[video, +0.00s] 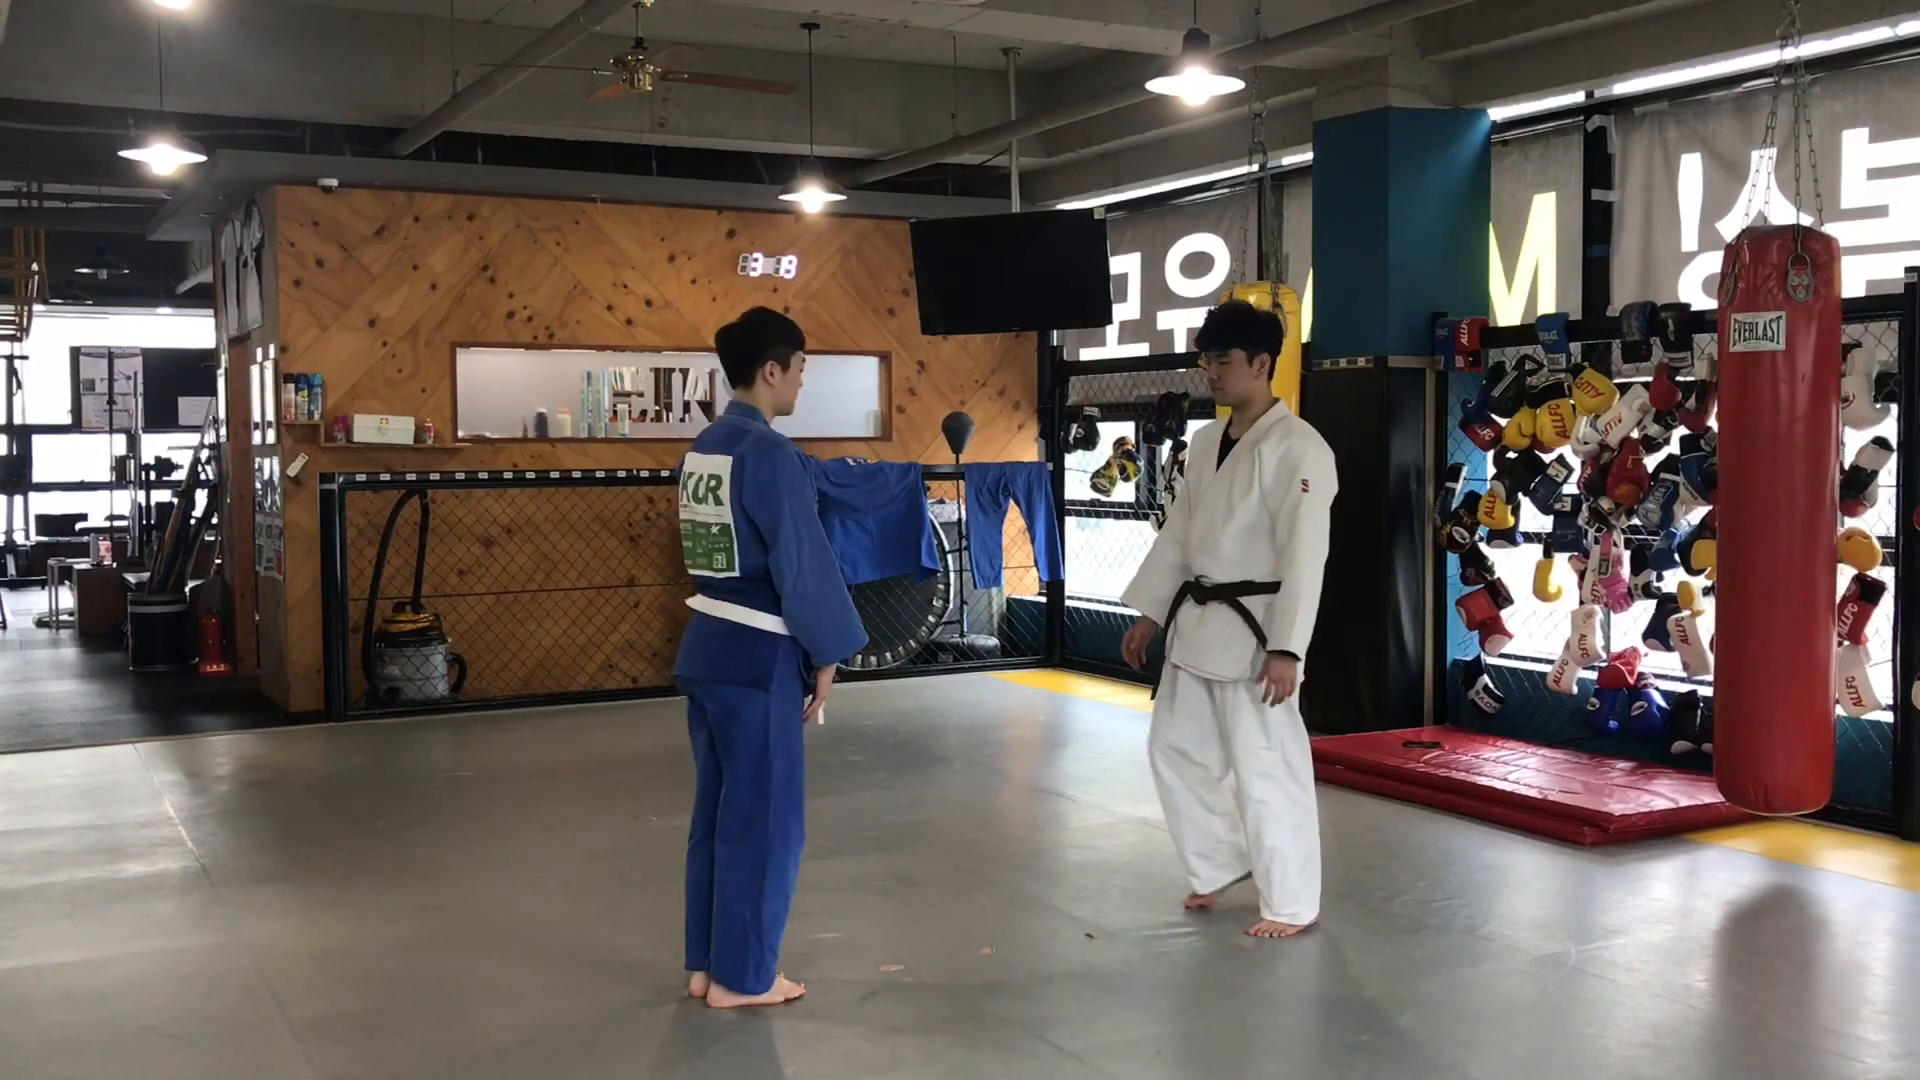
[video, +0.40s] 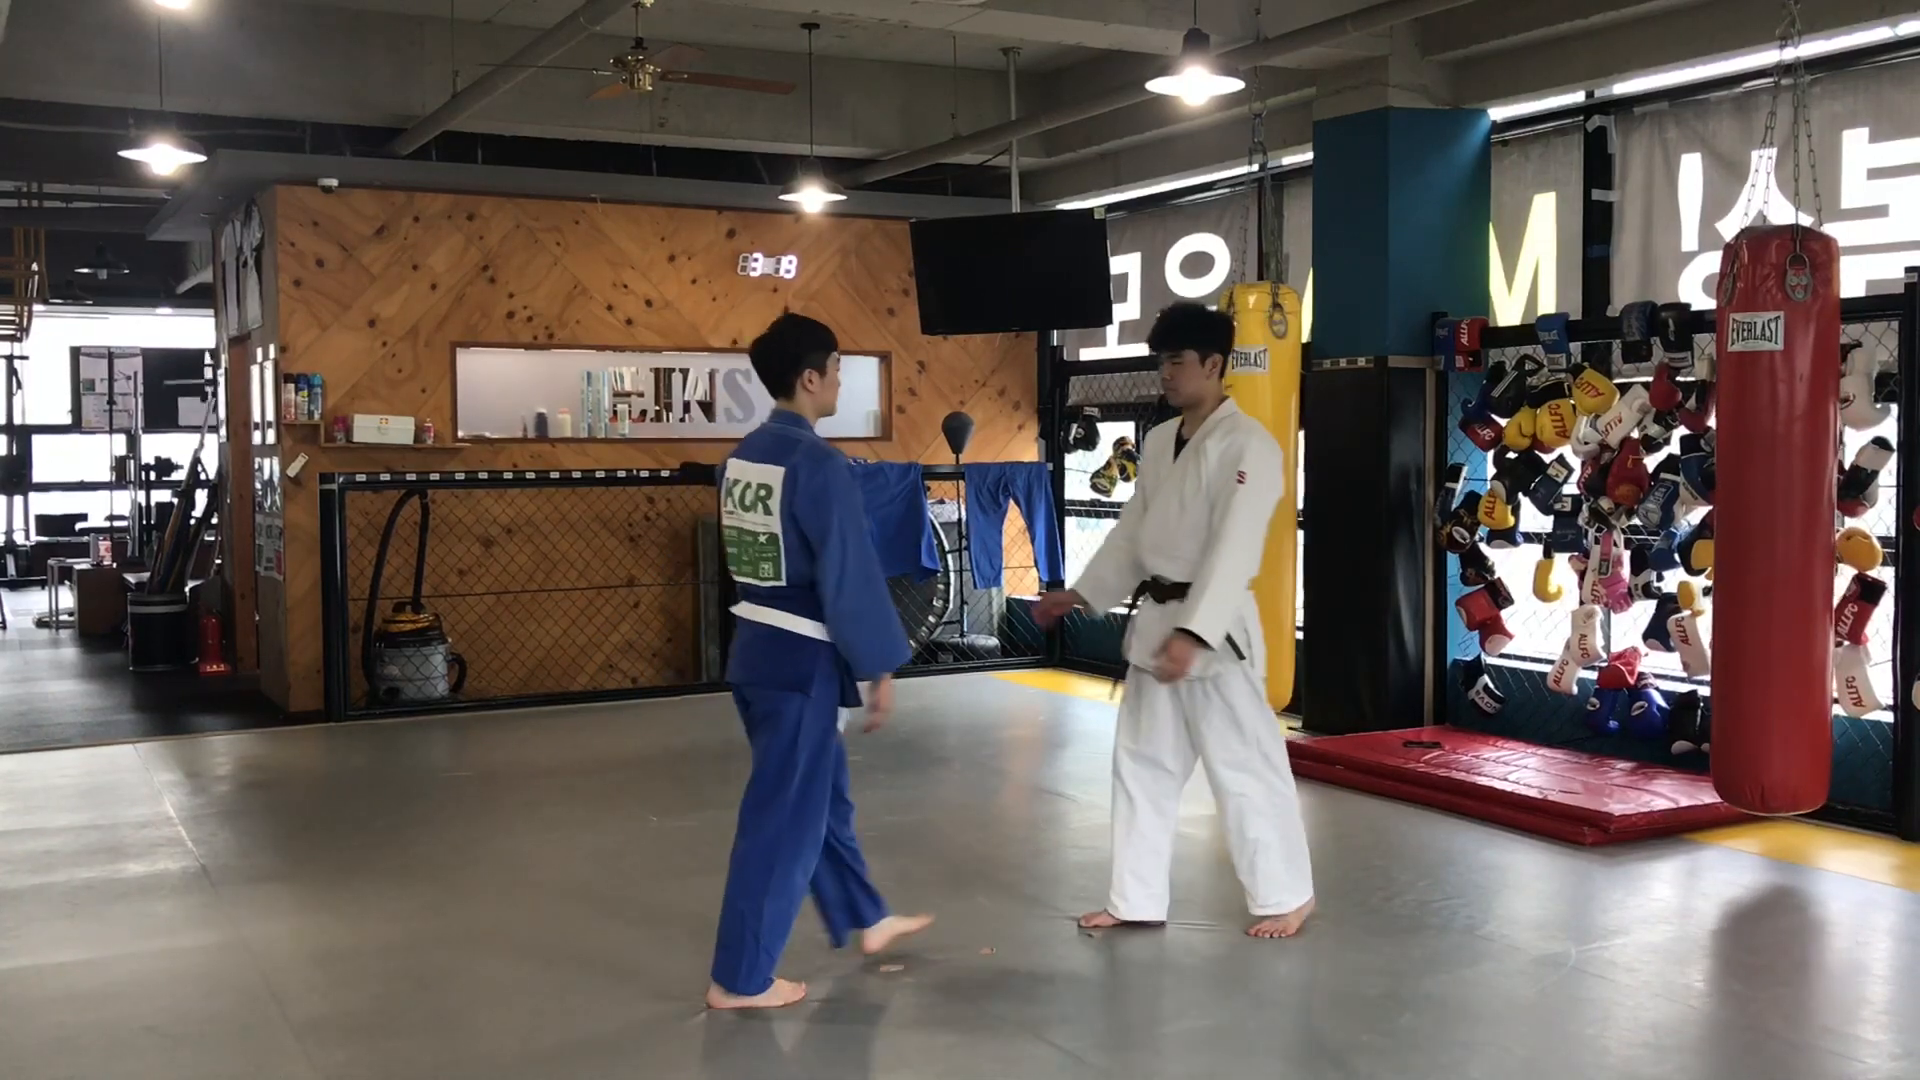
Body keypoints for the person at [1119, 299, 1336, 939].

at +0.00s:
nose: (1209, 370)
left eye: (1222, 359)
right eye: (1207, 359)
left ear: (1262, 363)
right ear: (1210, 365)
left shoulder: (1301, 449)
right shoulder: (1204, 442)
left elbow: (1306, 555)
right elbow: (1177, 533)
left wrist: (1288, 647)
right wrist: (1148, 610)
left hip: (1256, 632)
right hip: (1194, 625)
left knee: (1269, 768)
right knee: (1176, 747)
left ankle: (1294, 904)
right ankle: (1221, 863)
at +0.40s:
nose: (1166, 375)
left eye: (1178, 362)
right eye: (1162, 363)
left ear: (1215, 365)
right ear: (1163, 367)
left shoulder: (1251, 446)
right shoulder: (1159, 442)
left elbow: (1238, 549)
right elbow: (1132, 531)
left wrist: (1195, 632)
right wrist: (1078, 593)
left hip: (1214, 620)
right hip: (1152, 616)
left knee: (1245, 766)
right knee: (1144, 765)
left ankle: (1288, 896)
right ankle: (1138, 901)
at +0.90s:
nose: (1123, 367)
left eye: (1136, 355)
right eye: (1119, 355)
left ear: (1175, 361)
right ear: (1120, 362)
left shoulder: (1199, 442)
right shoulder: (1104, 433)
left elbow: (1154, 507)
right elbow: (1047, 473)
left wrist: (1069, 520)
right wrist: (989, 490)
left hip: (1164, 617)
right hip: (1109, 614)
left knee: (1160, 776)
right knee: (1108, 770)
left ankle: (1168, 928)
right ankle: (1125, 902)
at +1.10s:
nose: (1121, 362)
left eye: (1136, 351)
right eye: (1119, 350)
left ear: (1176, 361)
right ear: (1119, 356)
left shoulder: (1197, 440)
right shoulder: (1098, 426)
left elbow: (1161, 518)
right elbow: (1035, 464)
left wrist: (1075, 499)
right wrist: (967, 463)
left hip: (1155, 617)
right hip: (1100, 613)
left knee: (1152, 778)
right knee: (1105, 772)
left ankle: (1169, 929)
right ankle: (1124, 904)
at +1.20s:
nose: (1119, 363)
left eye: (1134, 352)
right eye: (1117, 351)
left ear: (1174, 361)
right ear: (1118, 356)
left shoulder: (1198, 442)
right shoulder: (1096, 429)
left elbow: (1169, 523)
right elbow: (1032, 467)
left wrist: (1087, 501)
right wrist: (968, 466)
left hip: (1153, 619)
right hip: (1097, 616)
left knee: (1151, 780)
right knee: (1105, 774)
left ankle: (1169, 930)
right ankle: (1125, 903)